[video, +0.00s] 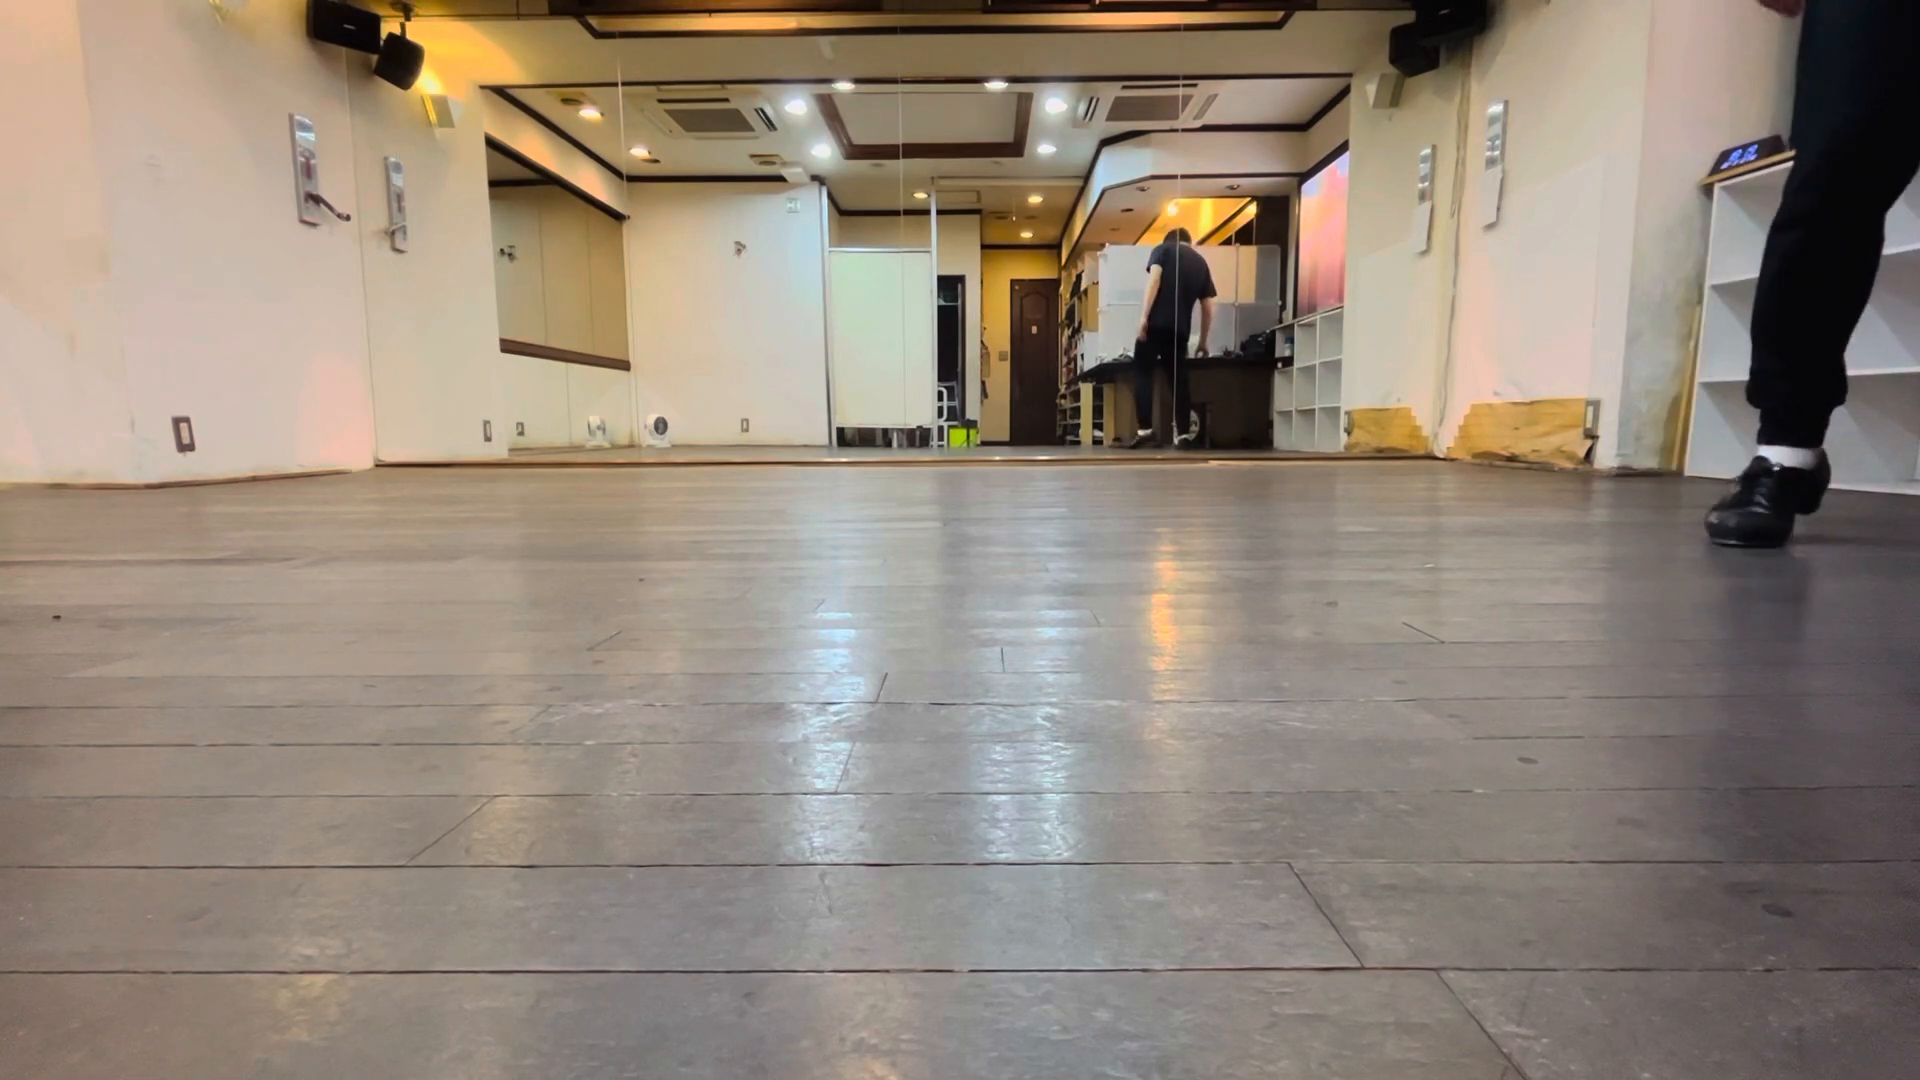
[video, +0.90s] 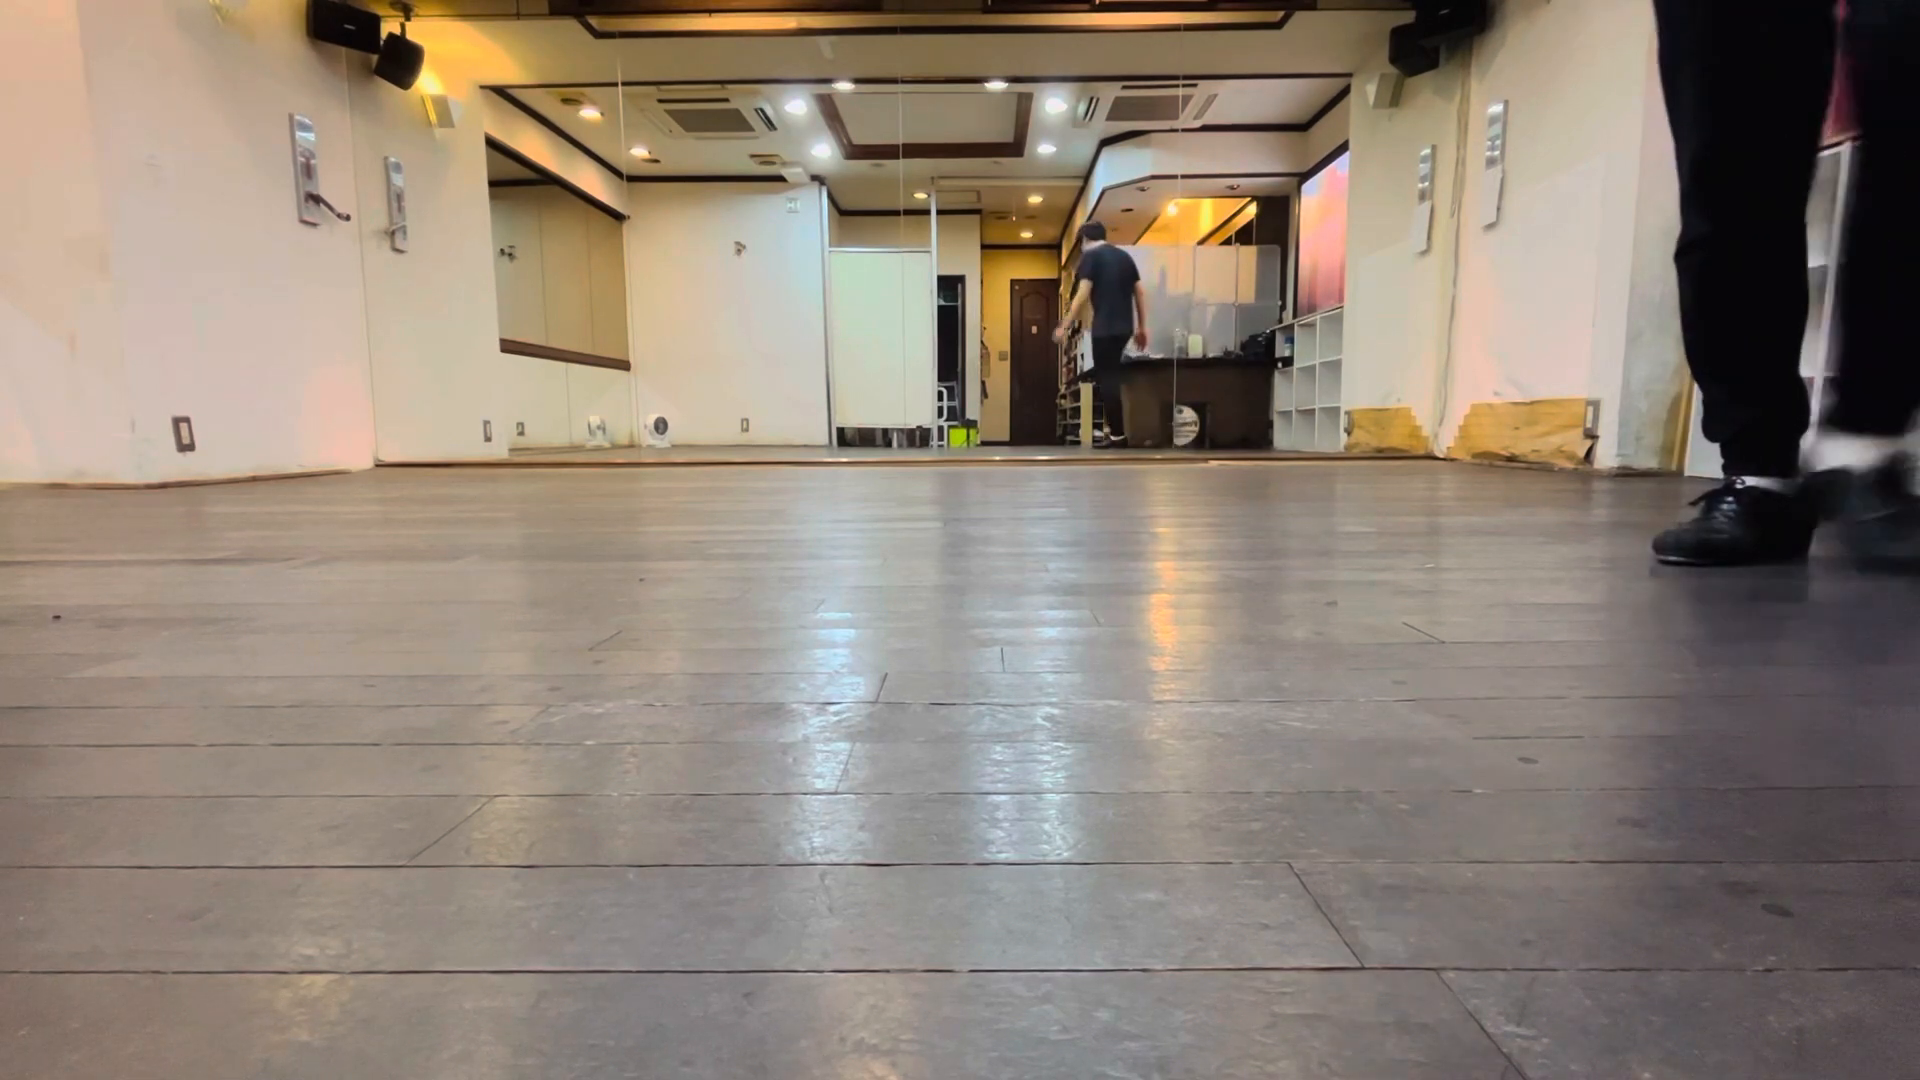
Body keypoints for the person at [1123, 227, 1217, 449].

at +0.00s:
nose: (1166, 244)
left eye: (1167, 241)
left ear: (1169, 240)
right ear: (1189, 242)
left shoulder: (1163, 249)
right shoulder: (1200, 261)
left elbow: (1154, 280)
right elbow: (1207, 307)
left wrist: (1144, 318)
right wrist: (1203, 340)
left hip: (1155, 327)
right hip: (1180, 330)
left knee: (1142, 373)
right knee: (1179, 378)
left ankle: (1144, 428)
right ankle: (1182, 432)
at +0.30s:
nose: (1143, 249)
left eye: (1143, 246)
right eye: (1143, 246)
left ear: (1147, 242)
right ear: (1165, 241)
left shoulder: (1150, 251)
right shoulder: (1184, 259)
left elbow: (1154, 279)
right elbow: (1195, 299)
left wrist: (1161, 315)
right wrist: (1188, 326)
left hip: (1149, 326)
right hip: (1177, 328)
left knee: (1136, 377)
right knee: (1177, 379)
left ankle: (1123, 431)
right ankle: (1182, 433)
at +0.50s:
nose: (1119, 251)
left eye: (1119, 247)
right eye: (1119, 247)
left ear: (1123, 243)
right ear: (1141, 240)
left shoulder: (1129, 255)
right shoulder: (1160, 256)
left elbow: (1139, 280)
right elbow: (1173, 292)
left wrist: (1151, 313)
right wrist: (1169, 319)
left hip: (1136, 327)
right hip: (1161, 328)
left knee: (1123, 376)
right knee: (1167, 378)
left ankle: (1117, 433)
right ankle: (1182, 429)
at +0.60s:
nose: (1108, 249)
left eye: (1107, 245)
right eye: (1107, 246)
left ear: (1110, 243)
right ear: (1130, 239)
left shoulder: (1116, 255)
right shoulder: (1149, 256)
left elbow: (1125, 282)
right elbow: (1164, 293)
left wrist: (1135, 317)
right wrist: (1160, 322)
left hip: (1127, 325)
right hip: (1152, 325)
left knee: (1115, 374)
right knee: (1156, 374)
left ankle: (1117, 434)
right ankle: (1172, 429)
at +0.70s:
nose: (1099, 249)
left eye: (1098, 245)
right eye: (1098, 246)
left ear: (1102, 242)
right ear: (1121, 238)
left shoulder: (1107, 256)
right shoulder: (1140, 257)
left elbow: (1110, 287)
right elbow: (1155, 292)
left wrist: (1111, 324)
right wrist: (1152, 327)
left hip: (1119, 326)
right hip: (1142, 326)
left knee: (1110, 376)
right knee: (1139, 372)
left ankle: (1116, 434)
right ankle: (1165, 420)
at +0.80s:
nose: (1091, 245)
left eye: (1091, 241)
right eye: (1091, 241)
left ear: (1094, 239)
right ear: (1112, 237)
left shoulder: (1098, 256)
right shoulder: (1132, 256)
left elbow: (1095, 293)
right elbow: (1146, 293)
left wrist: (1087, 331)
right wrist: (1145, 329)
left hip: (1110, 328)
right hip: (1132, 328)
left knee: (1108, 378)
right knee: (1126, 373)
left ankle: (1117, 434)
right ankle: (1139, 418)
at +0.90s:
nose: (1082, 246)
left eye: (1082, 242)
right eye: (1081, 243)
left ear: (1086, 239)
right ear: (1104, 237)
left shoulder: (1091, 256)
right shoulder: (1124, 256)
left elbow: (1083, 293)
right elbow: (1139, 292)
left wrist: (1065, 324)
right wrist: (1142, 327)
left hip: (1104, 329)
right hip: (1124, 328)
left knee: (1107, 379)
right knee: (1107, 377)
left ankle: (1117, 433)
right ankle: (1111, 428)